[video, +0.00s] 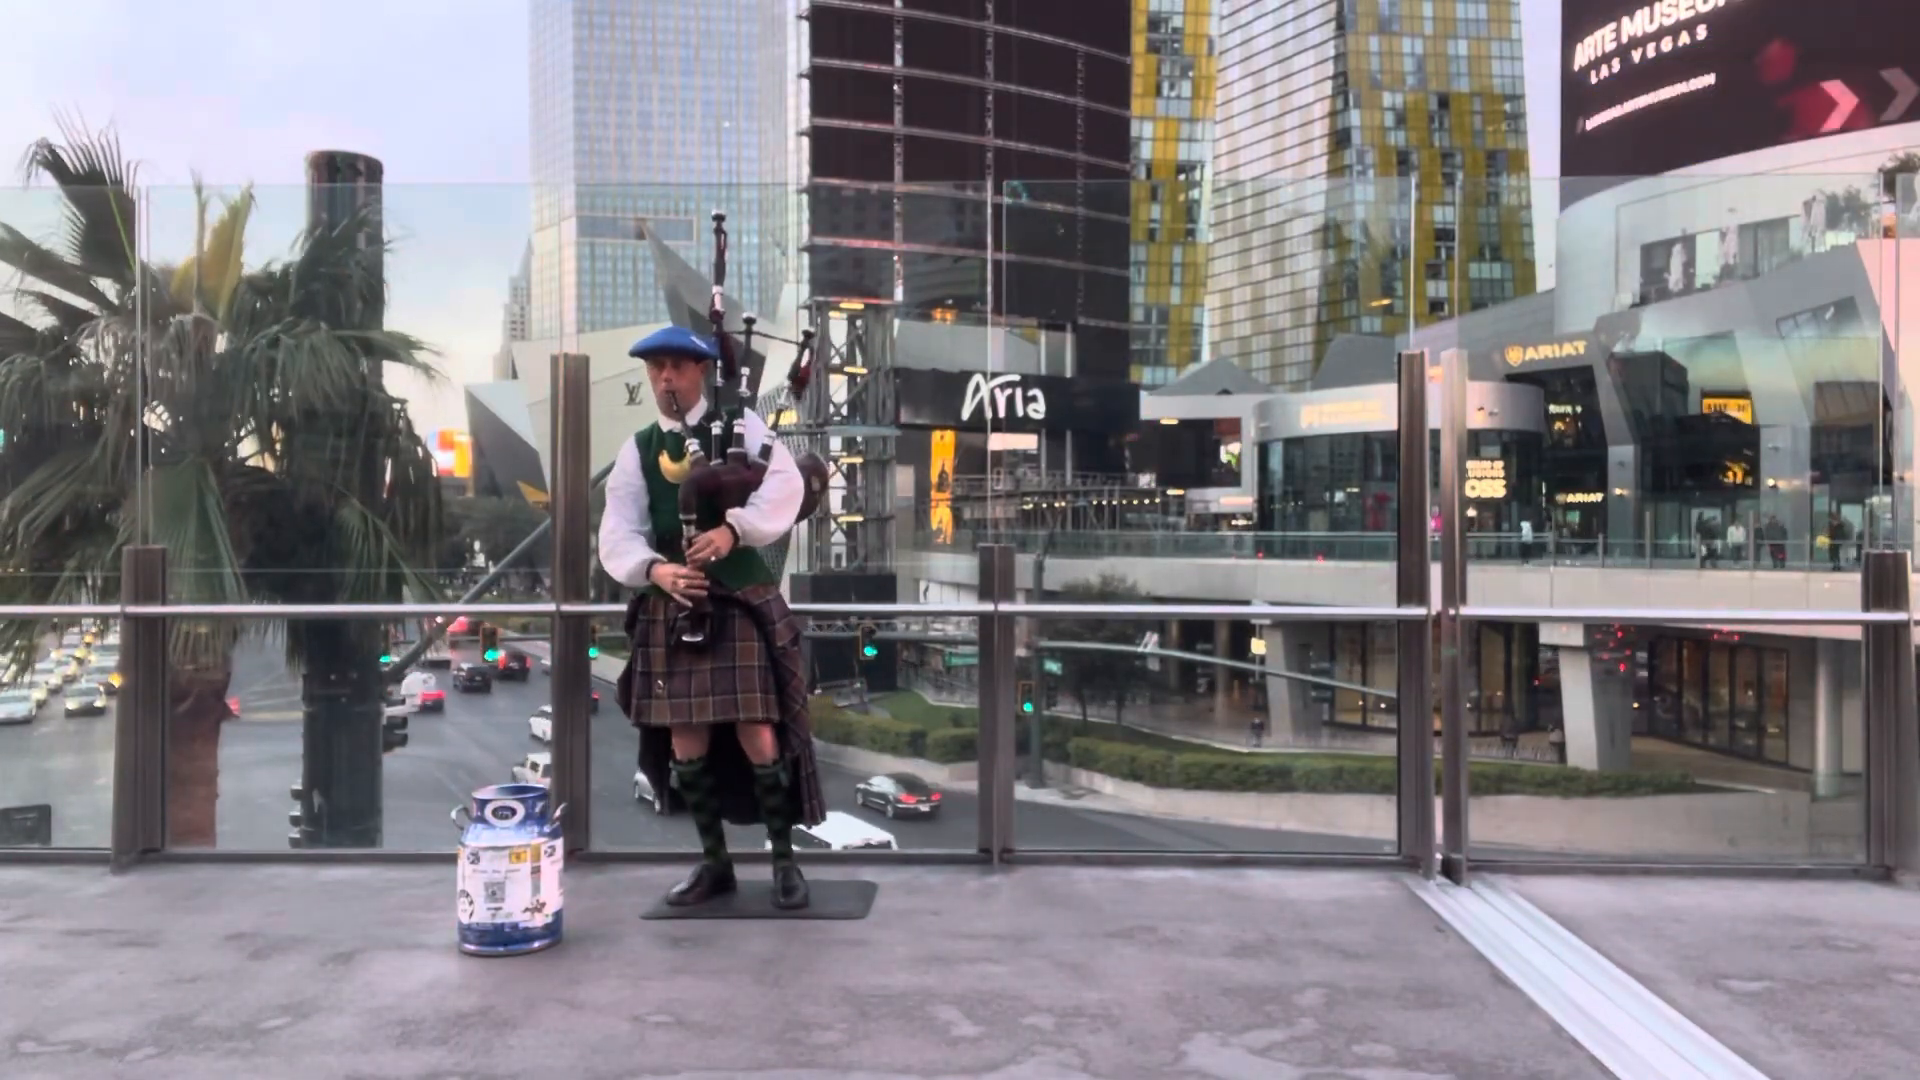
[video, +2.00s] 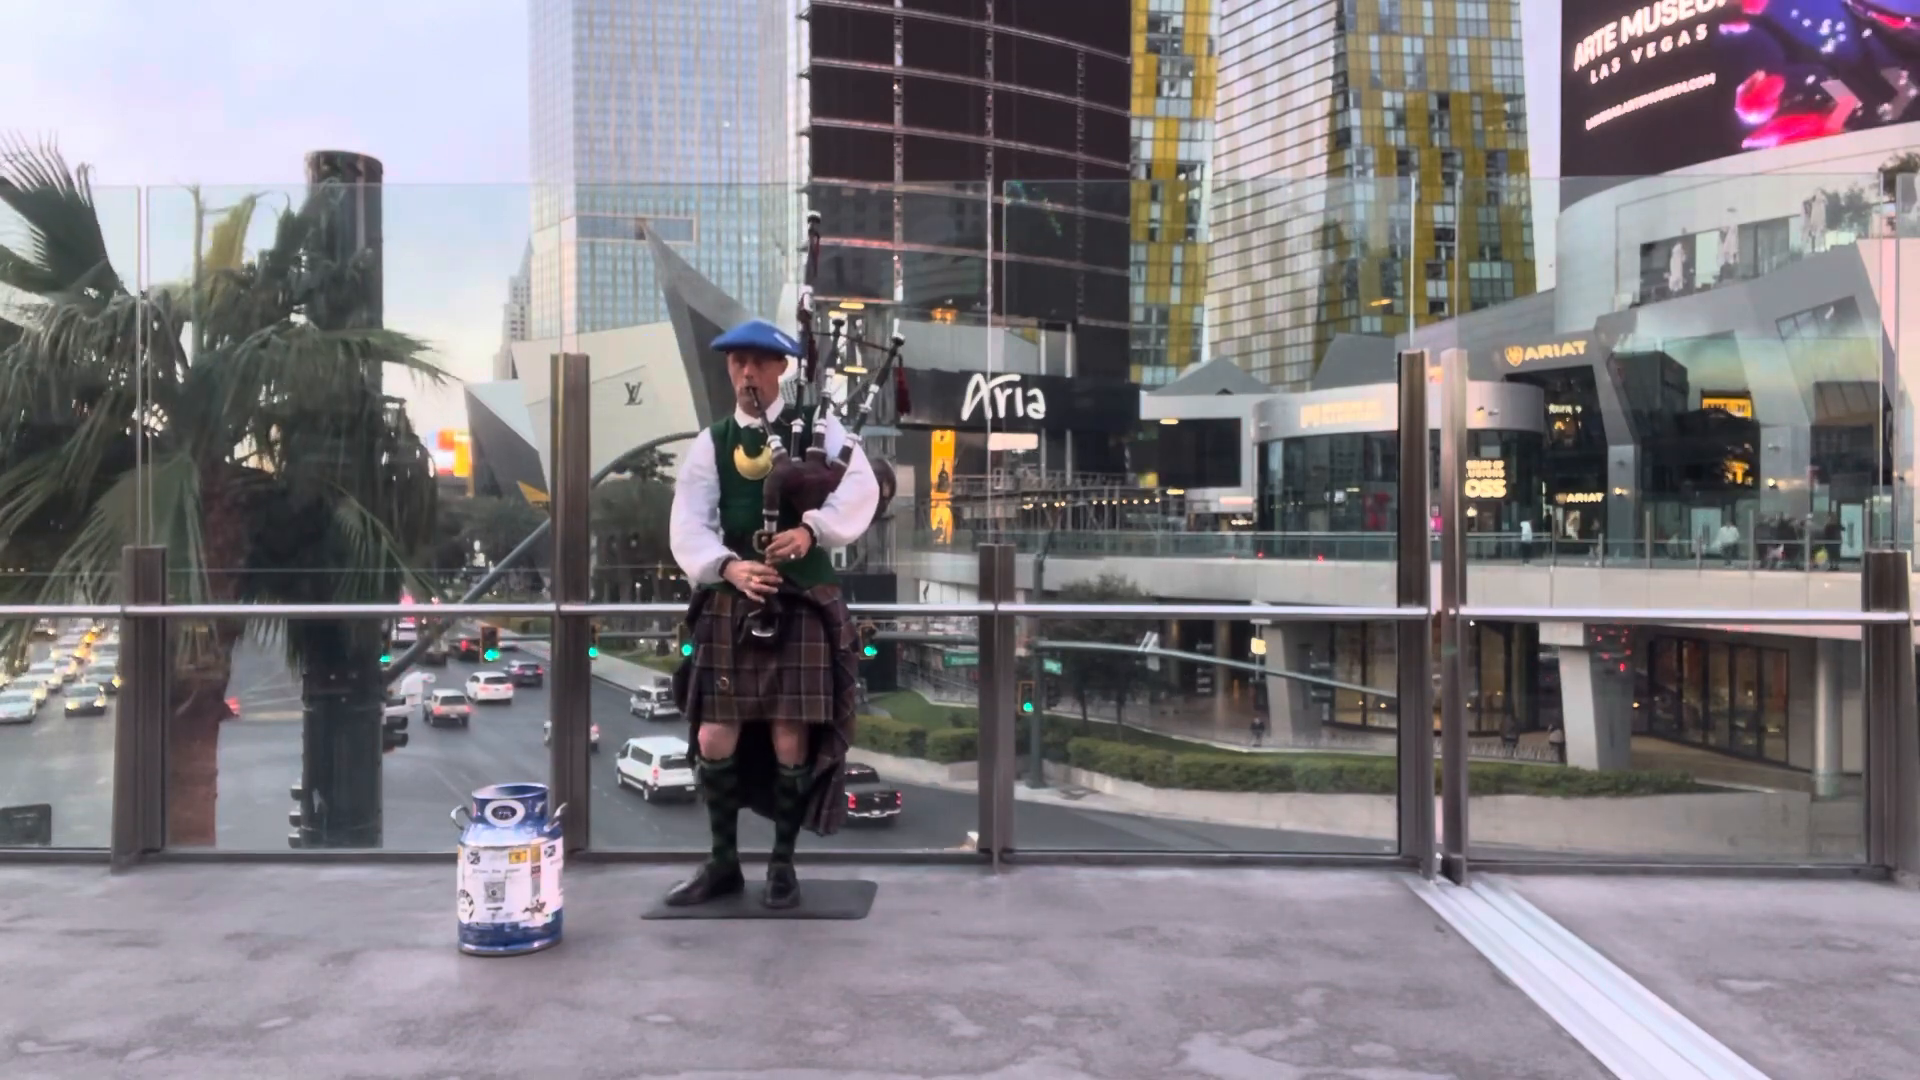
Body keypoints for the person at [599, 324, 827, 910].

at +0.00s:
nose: (663, 377)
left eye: (675, 365)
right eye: (655, 367)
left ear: (702, 369)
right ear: (647, 375)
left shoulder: (742, 426)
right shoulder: (640, 448)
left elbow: (787, 487)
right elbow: (617, 535)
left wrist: (733, 530)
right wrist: (654, 570)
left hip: (742, 596)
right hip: (672, 601)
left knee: (756, 730)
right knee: (686, 733)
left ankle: (784, 863)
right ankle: (715, 863)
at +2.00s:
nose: (748, 373)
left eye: (760, 361)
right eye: (739, 361)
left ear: (784, 369)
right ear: (727, 370)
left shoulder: (819, 428)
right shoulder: (709, 443)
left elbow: (862, 488)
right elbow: (688, 527)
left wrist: (813, 530)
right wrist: (727, 565)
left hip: (802, 597)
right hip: (730, 595)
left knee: (789, 734)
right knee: (714, 734)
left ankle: (782, 863)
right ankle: (723, 863)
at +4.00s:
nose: (749, 374)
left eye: (761, 363)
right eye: (741, 363)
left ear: (785, 372)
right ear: (728, 372)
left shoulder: (819, 429)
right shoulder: (713, 445)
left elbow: (864, 488)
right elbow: (696, 530)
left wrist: (814, 532)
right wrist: (732, 567)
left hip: (802, 597)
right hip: (731, 595)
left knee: (790, 731)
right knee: (712, 735)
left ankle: (782, 865)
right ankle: (729, 862)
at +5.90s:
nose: (745, 376)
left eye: (757, 365)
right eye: (737, 365)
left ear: (780, 372)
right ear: (724, 373)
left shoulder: (819, 429)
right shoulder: (713, 446)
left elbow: (862, 492)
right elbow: (695, 534)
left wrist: (812, 535)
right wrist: (729, 572)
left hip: (804, 600)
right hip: (732, 599)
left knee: (790, 735)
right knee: (709, 737)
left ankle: (781, 865)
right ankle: (729, 861)